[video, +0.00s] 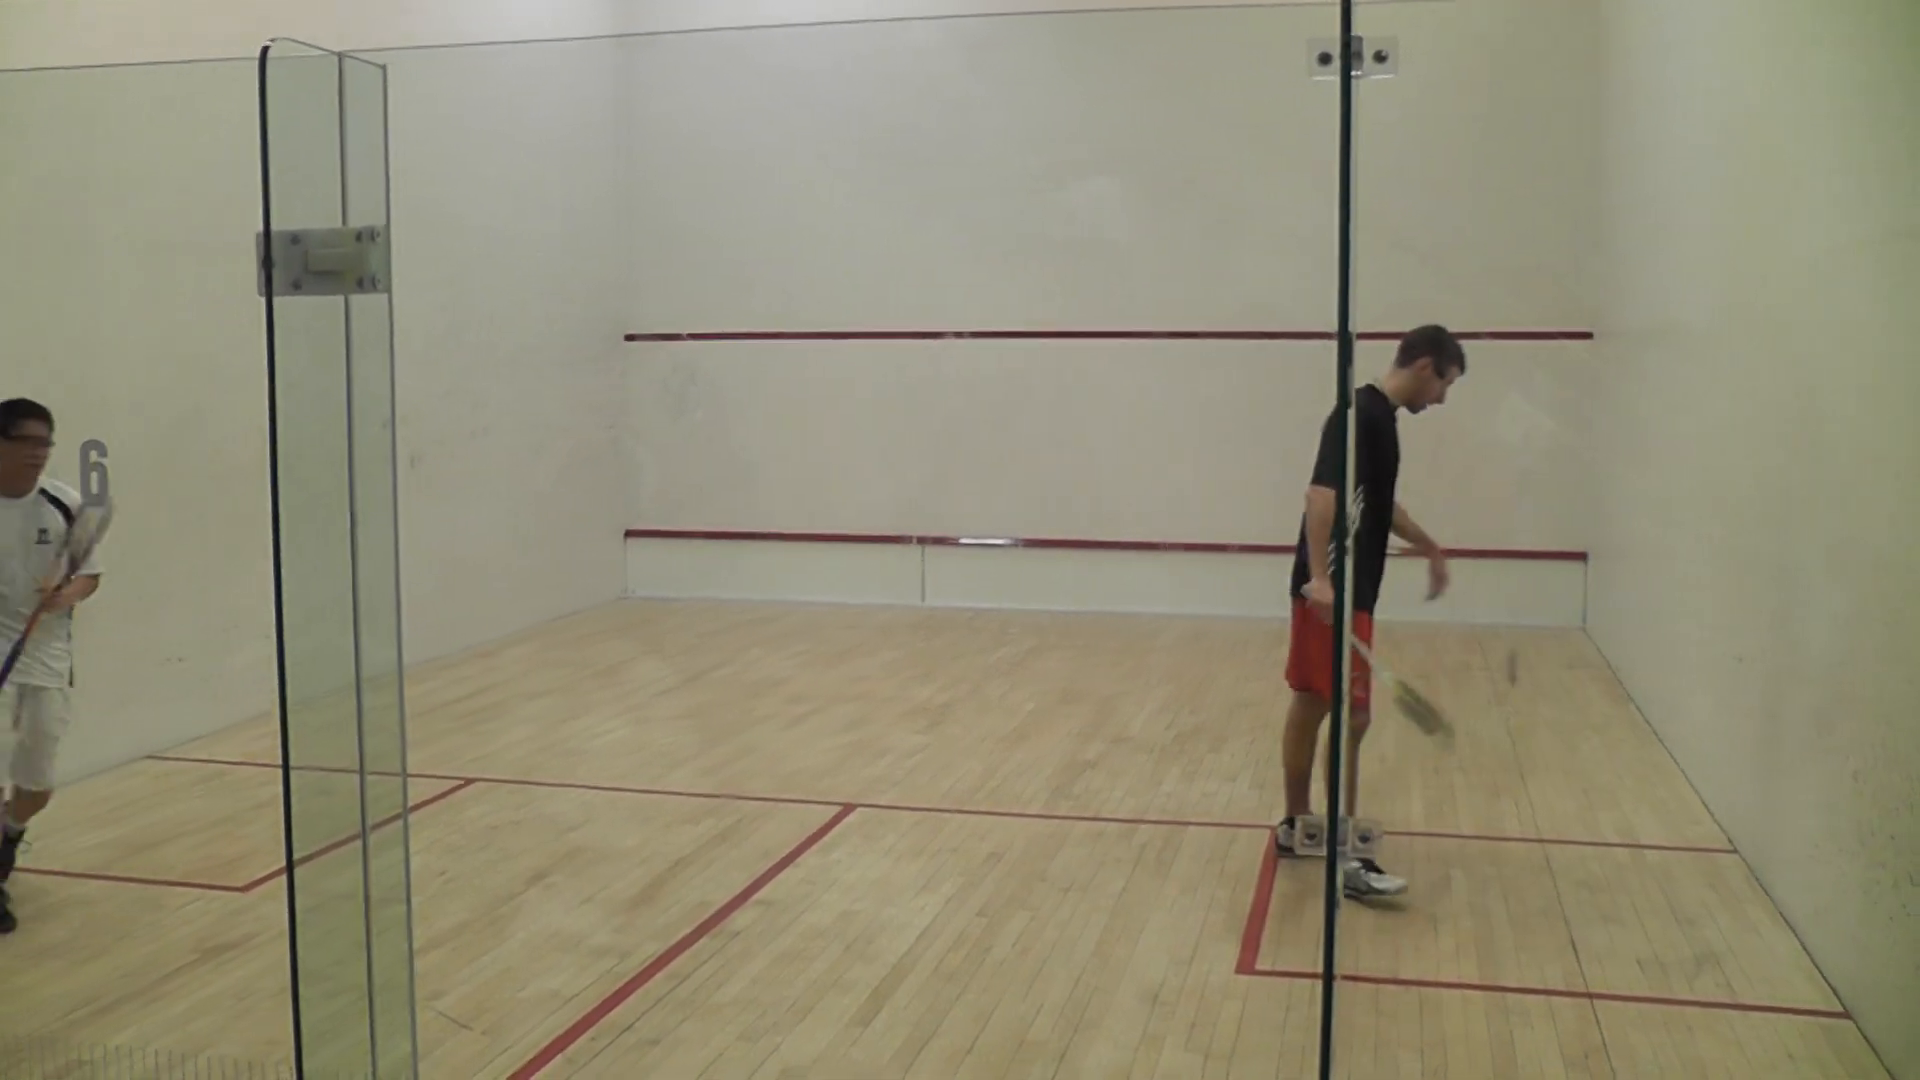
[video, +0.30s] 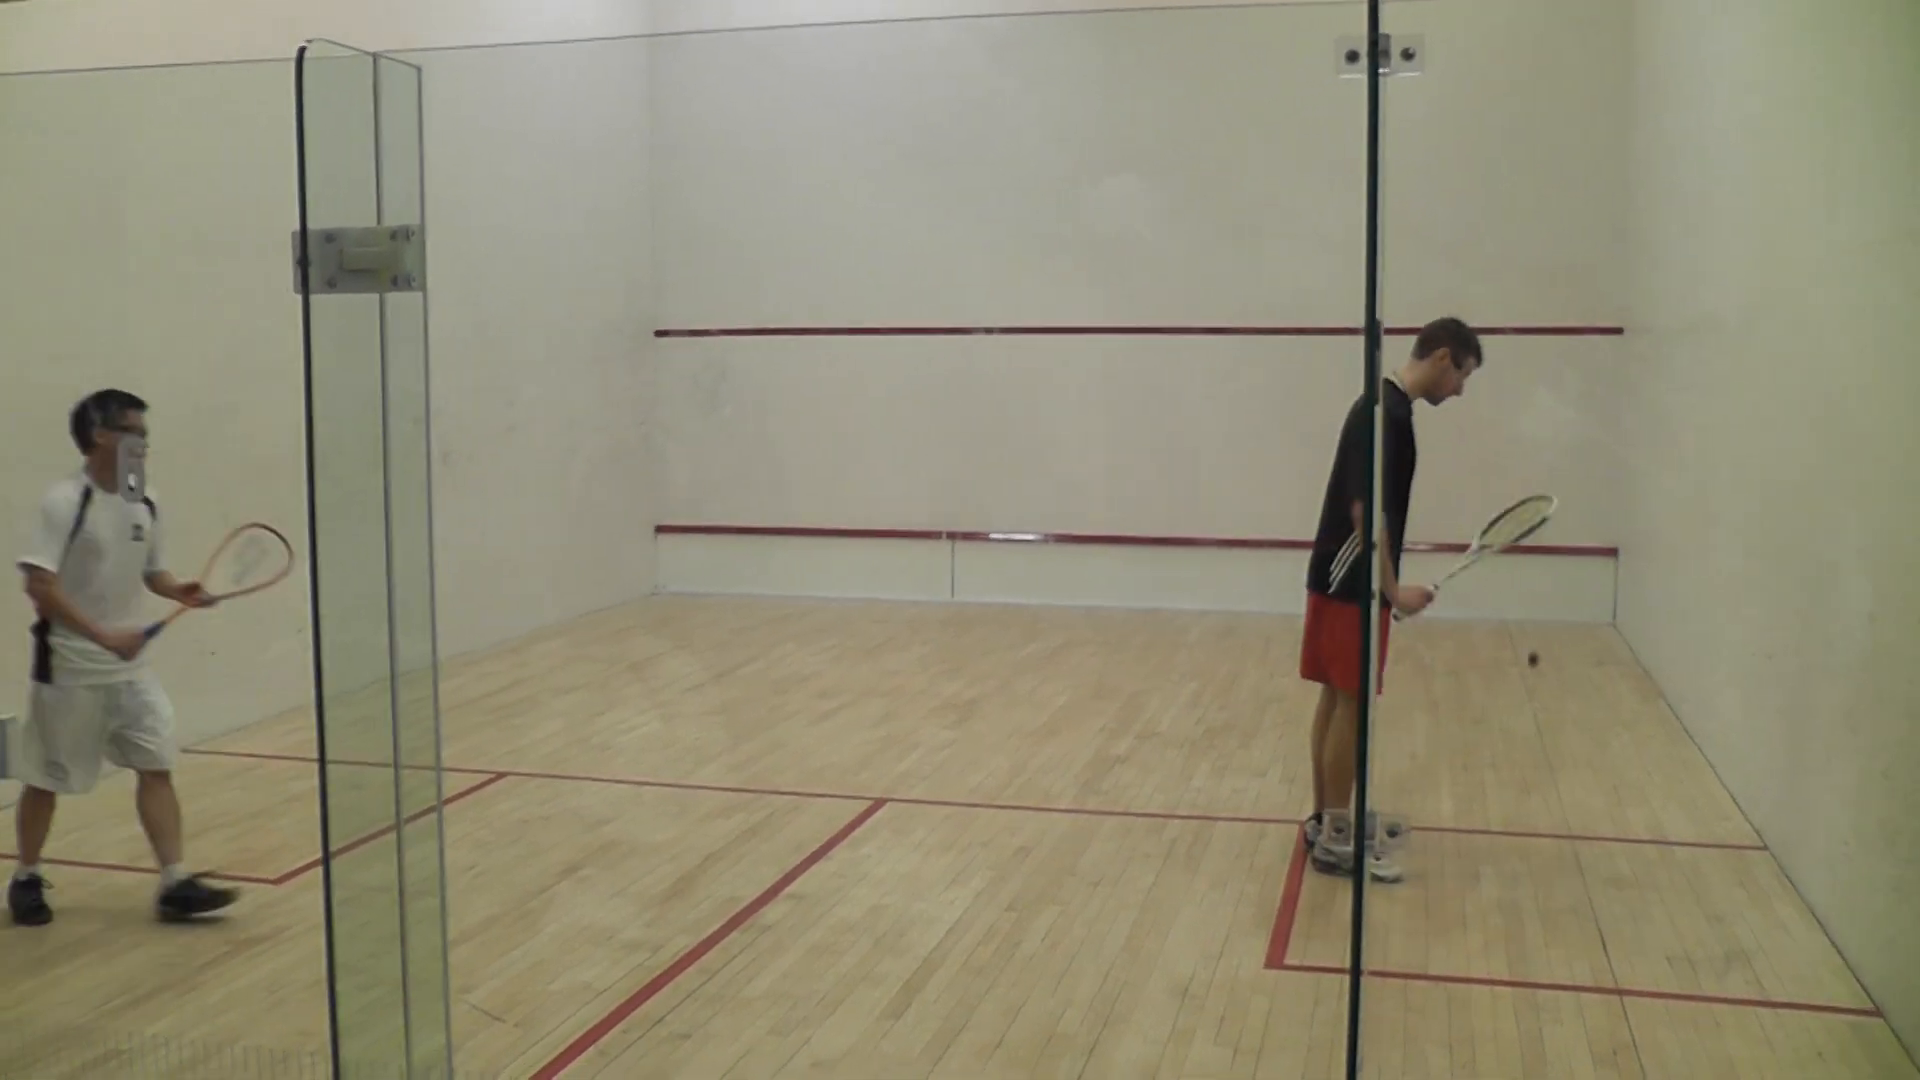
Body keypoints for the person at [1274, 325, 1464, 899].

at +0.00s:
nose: (1441, 398)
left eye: (1447, 388)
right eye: (1443, 384)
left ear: (1420, 367)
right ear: (1421, 366)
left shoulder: (1377, 417)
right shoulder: (1361, 413)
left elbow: (1377, 501)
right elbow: (1321, 497)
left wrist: (1428, 546)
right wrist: (1319, 575)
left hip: (1336, 589)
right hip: (1341, 594)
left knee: (1310, 703)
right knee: (1353, 715)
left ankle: (1298, 824)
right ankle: (1343, 852)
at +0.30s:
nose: (1459, 390)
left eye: (1465, 380)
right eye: (1461, 376)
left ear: (1435, 357)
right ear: (1439, 358)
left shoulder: (1380, 407)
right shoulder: (1386, 414)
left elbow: (1366, 509)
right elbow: (1367, 511)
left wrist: (1389, 584)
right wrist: (1392, 588)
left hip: (1344, 584)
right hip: (1352, 589)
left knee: (1336, 700)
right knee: (1352, 708)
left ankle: (1329, 818)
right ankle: (1338, 834)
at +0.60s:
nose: (1466, 379)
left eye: (1470, 367)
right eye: (1466, 365)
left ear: (1433, 348)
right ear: (1445, 350)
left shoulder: (1378, 397)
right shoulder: (1401, 406)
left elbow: (1346, 480)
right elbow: (1396, 506)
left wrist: (1380, 537)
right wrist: (1429, 576)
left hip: (1356, 576)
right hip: (1383, 581)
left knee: (1352, 690)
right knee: (1403, 693)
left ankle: (1345, 810)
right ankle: (1362, 818)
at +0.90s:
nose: (1482, 371)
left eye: (1486, 360)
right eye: (1482, 357)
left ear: (1449, 342)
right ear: (1461, 344)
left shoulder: (1404, 393)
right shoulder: (1416, 401)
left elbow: (1402, 498)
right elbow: (1403, 500)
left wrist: (1433, 564)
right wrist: (1437, 573)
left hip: (1385, 571)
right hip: (1406, 576)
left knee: (1373, 683)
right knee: (1427, 687)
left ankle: (1359, 807)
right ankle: (1406, 816)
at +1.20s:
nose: (1551, 372)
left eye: (1556, 361)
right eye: (1552, 358)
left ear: (1518, 342)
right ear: (1531, 345)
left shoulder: (1469, 392)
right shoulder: (1486, 404)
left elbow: (1468, 493)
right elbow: (1480, 504)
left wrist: (1500, 545)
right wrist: (1491, 594)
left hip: (1458, 571)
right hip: (1467, 579)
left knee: (1474, 686)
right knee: (1483, 691)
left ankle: (1432, 792)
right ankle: (1457, 821)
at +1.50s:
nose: (1583, 367)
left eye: (1586, 356)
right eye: (1579, 354)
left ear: (1554, 348)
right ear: (1547, 343)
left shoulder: (1533, 407)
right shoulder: (1510, 408)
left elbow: (1544, 493)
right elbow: (1500, 504)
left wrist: (1597, 503)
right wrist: (1534, 573)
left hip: (1516, 584)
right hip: (1504, 585)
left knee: (1503, 697)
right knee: (1515, 702)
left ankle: (1485, 815)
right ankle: (1496, 833)